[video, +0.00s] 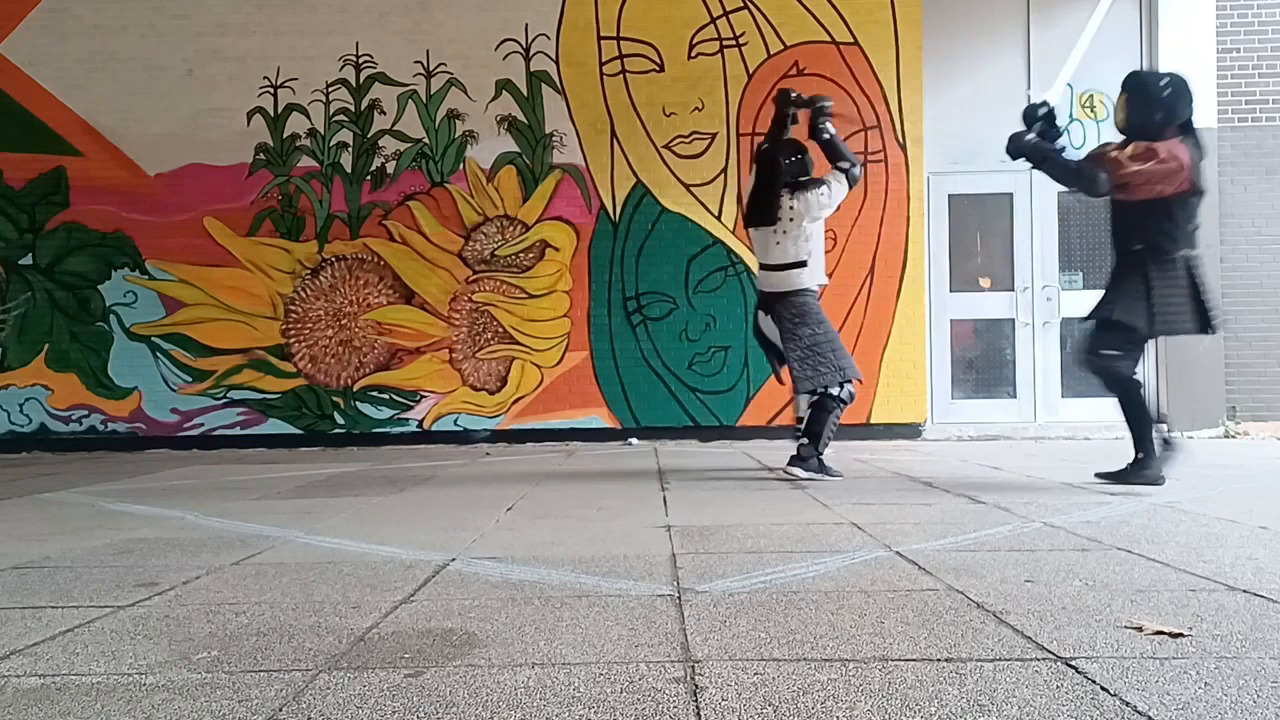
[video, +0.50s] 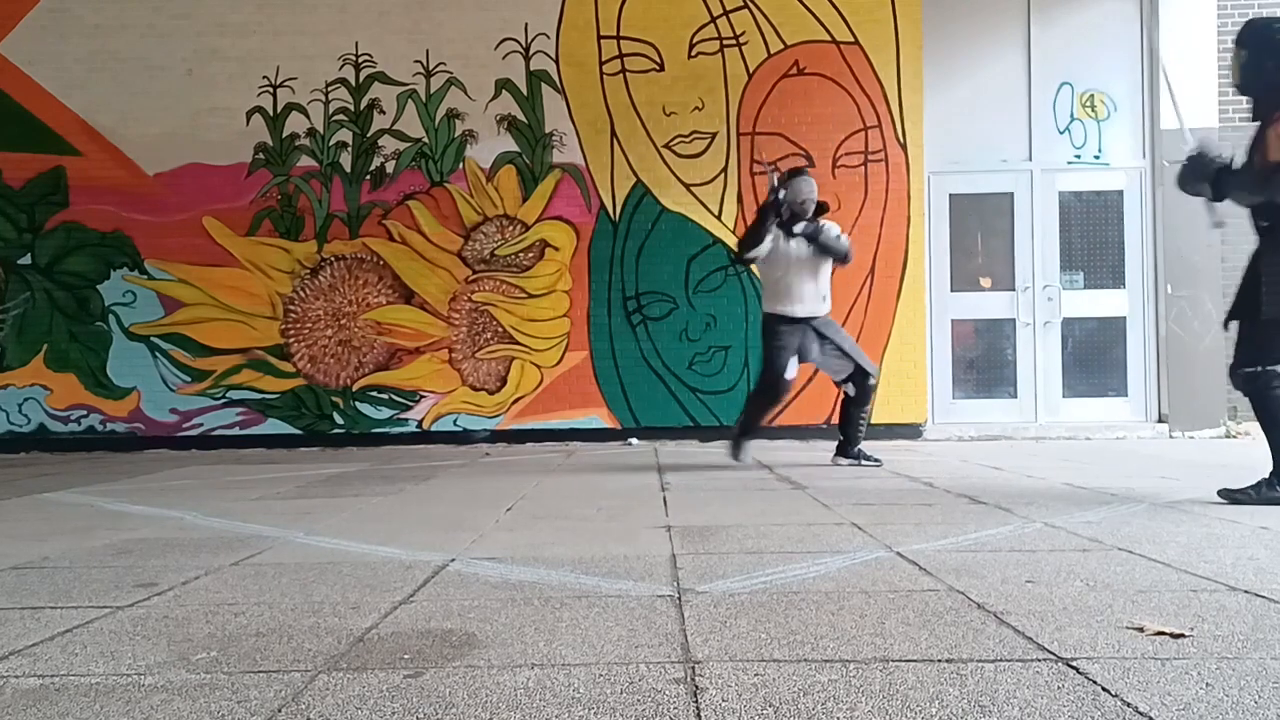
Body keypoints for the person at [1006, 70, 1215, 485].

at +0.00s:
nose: (1117, 106)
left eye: (1124, 99)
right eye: (1120, 98)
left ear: (1146, 109)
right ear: (1160, 110)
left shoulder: (1160, 155)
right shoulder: (1166, 150)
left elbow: (1094, 179)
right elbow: (1096, 172)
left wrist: (1035, 152)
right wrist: (1054, 146)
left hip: (1150, 272)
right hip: (1152, 270)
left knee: (1107, 356)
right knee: (1109, 357)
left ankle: (1149, 456)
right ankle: (1152, 448)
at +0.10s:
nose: (1147, 96)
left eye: (1156, 88)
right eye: (1150, 87)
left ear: (1180, 95)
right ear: (1193, 95)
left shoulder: (1190, 144)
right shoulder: (1188, 137)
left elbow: (1118, 178)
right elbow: (1129, 170)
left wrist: (1057, 152)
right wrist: (1081, 149)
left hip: (1189, 268)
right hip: (1174, 266)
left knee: (1170, 368)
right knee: (1156, 365)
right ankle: (1157, 459)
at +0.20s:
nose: (1171, 94)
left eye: (1181, 86)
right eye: (1174, 84)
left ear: (1209, 94)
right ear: (1217, 97)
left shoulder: (1219, 147)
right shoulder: (1213, 140)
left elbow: (1150, 192)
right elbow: (1156, 181)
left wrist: (1090, 174)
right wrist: (1115, 150)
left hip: (1229, 271)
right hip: (1210, 270)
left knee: (1212, 378)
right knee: (1168, 362)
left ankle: (1273, 476)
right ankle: (1211, 449)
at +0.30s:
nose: (1194, 88)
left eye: (1203, 79)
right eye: (1196, 78)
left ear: (1232, 86)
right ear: (1238, 88)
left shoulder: (1247, 143)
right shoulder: (1239, 137)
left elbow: (1208, 206)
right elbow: (1204, 200)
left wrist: (1137, 204)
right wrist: (1156, 177)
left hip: (1250, 273)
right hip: (1246, 270)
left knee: (1222, 377)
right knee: (1226, 373)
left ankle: (1275, 474)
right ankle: (1276, 470)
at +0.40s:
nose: (1215, 77)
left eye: (1223, 65)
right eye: (1216, 65)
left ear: (1249, 69)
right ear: (1254, 69)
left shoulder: (1270, 125)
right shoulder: (1252, 123)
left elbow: (1260, 198)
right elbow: (1244, 196)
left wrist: (1191, 203)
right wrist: (1194, 184)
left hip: (1266, 265)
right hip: (1256, 264)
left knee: (1244, 375)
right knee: (1248, 374)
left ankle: (1278, 476)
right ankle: (1276, 476)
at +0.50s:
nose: (1235, 66)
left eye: (1242, 55)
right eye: (1237, 55)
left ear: (1265, 61)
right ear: (1263, 62)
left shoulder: (1275, 124)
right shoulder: (1267, 123)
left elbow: (1264, 185)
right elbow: (1257, 183)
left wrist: (1216, 176)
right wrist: (1216, 176)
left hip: (1274, 262)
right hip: (1268, 260)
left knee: (1256, 369)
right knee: (1254, 369)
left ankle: (1279, 477)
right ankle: (1278, 476)